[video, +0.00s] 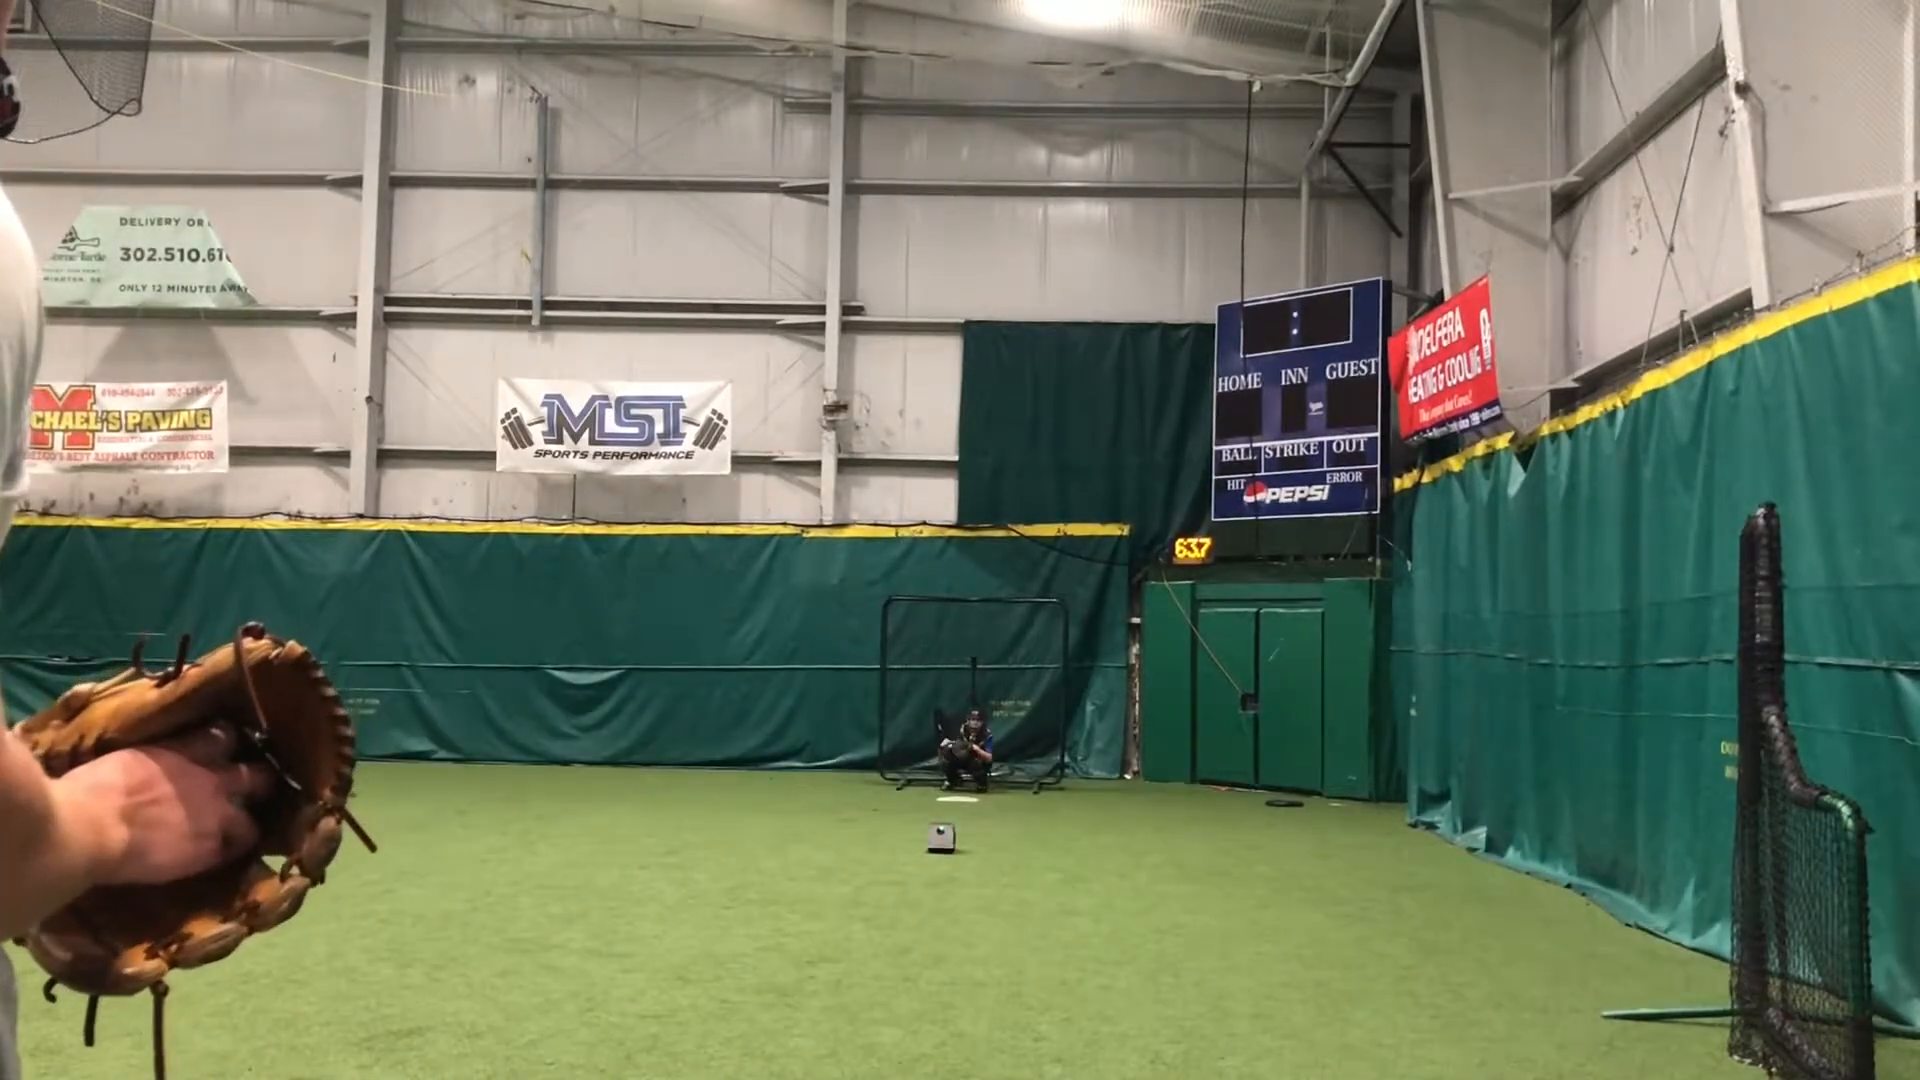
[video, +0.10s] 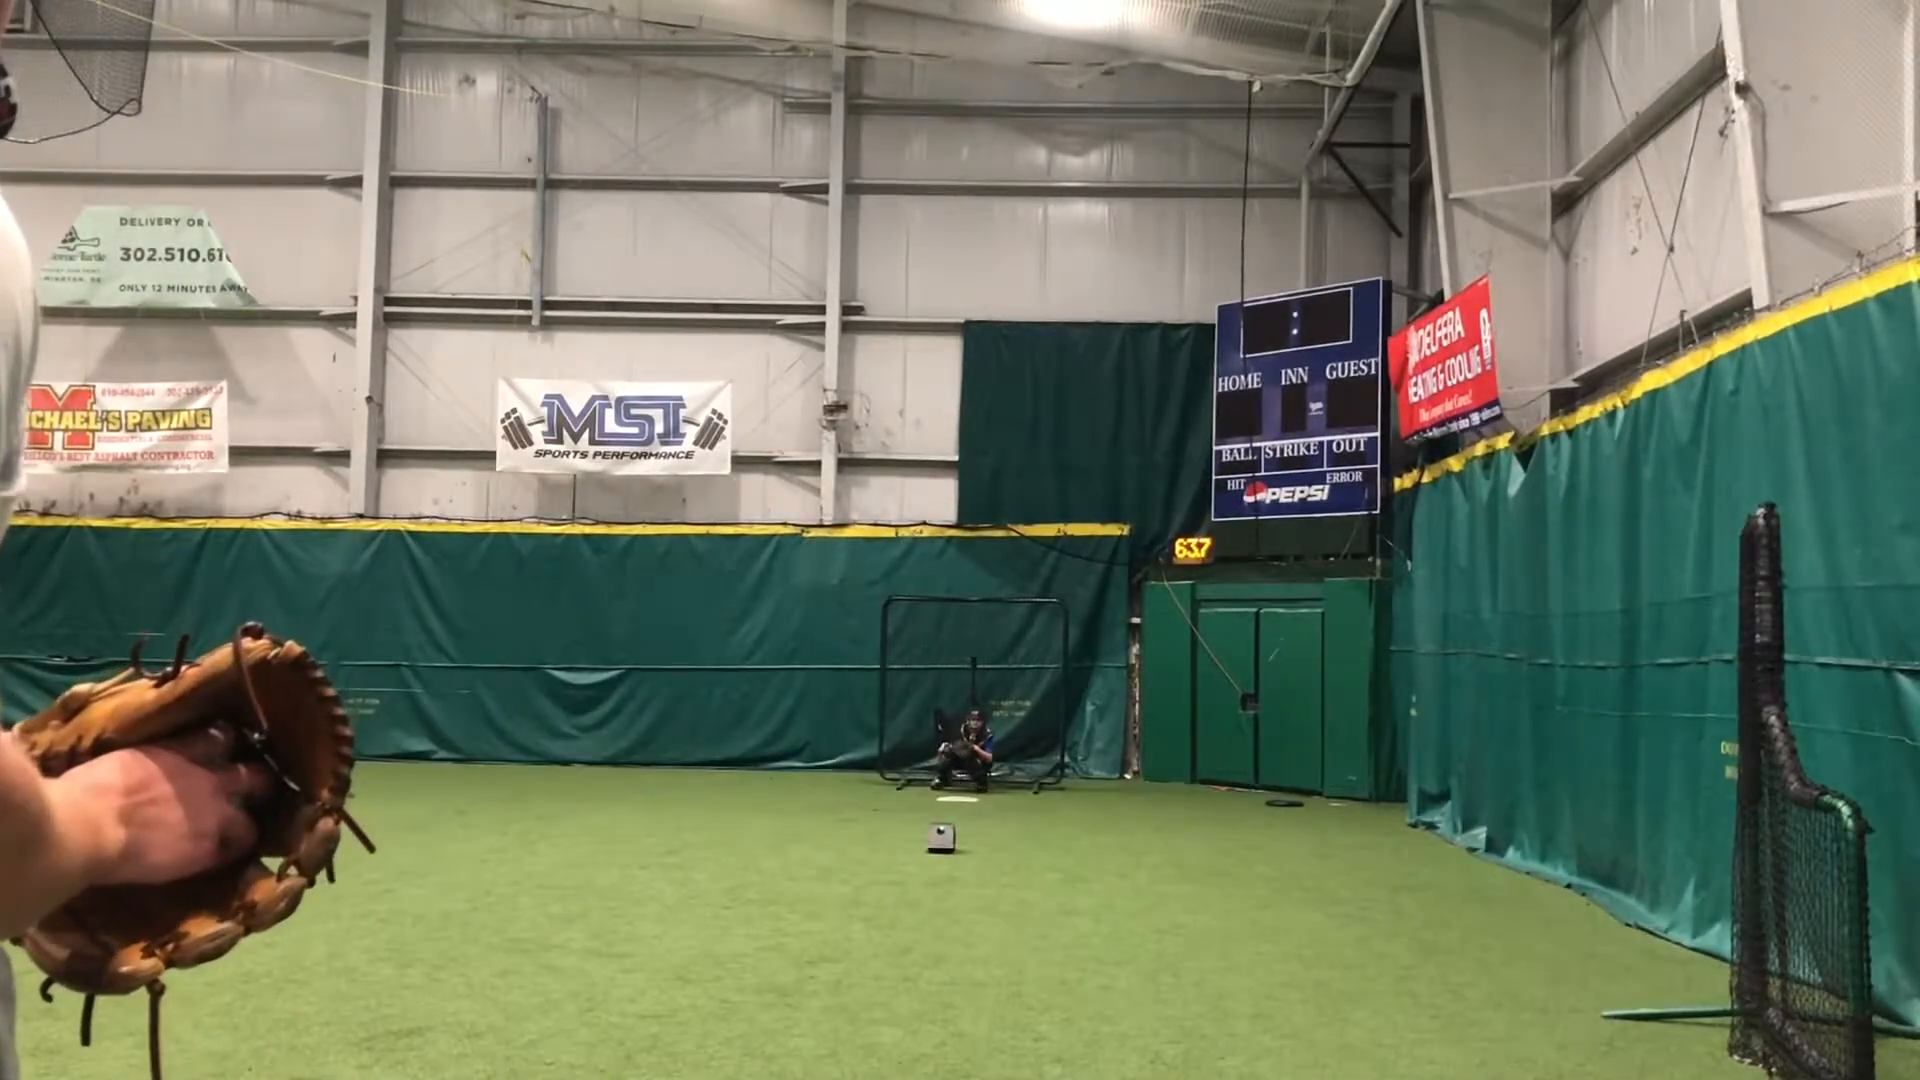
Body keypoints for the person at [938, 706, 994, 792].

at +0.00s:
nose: (975, 723)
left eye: (978, 720)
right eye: (972, 720)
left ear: (982, 723)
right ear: (968, 721)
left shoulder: (987, 735)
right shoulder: (962, 732)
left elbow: (989, 758)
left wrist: (974, 747)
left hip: (978, 760)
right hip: (963, 759)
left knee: (978, 764)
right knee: (947, 762)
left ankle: (982, 784)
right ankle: (953, 781)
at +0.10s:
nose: (975, 723)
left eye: (978, 721)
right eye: (972, 720)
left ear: (983, 722)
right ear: (968, 721)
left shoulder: (987, 736)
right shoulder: (962, 732)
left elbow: (989, 758)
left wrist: (973, 747)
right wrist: (947, 747)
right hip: (961, 759)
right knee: (946, 756)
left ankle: (981, 784)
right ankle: (942, 779)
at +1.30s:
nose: (964, 725)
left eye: (967, 723)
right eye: (961, 722)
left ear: (971, 725)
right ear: (956, 724)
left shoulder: (977, 738)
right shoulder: (951, 735)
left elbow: (984, 758)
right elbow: (945, 750)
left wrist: (969, 755)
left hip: (971, 764)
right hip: (954, 762)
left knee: (980, 768)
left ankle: (981, 785)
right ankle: (936, 783)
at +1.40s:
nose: (964, 725)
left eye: (967, 722)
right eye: (961, 722)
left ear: (971, 725)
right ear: (956, 724)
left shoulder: (977, 738)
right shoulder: (949, 735)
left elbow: (984, 757)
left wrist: (969, 755)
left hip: (970, 764)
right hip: (953, 762)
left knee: (980, 772)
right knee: (939, 766)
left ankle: (981, 785)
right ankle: (936, 783)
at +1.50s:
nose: (964, 725)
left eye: (967, 723)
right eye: (961, 722)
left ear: (971, 725)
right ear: (956, 724)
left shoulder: (977, 737)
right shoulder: (950, 735)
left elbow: (984, 757)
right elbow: (942, 750)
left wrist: (968, 754)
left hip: (971, 763)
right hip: (953, 762)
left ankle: (981, 785)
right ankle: (936, 782)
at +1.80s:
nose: (964, 726)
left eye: (967, 723)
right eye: (961, 722)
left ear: (972, 725)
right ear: (957, 724)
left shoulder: (977, 738)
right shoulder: (950, 735)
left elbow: (985, 758)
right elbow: (941, 752)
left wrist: (971, 755)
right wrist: (948, 752)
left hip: (971, 764)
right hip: (954, 762)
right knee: (941, 762)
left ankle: (981, 784)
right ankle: (936, 782)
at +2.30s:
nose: (964, 727)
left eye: (967, 723)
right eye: (961, 723)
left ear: (971, 725)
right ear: (956, 725)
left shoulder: (977, 738)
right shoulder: (950, 736)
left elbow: (984, 760)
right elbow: (941, 752)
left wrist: (970, 757)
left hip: (971, 764)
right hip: (953, 763)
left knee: (979, 773)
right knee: (939, 763)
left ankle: (981, 785)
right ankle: (936, 783)